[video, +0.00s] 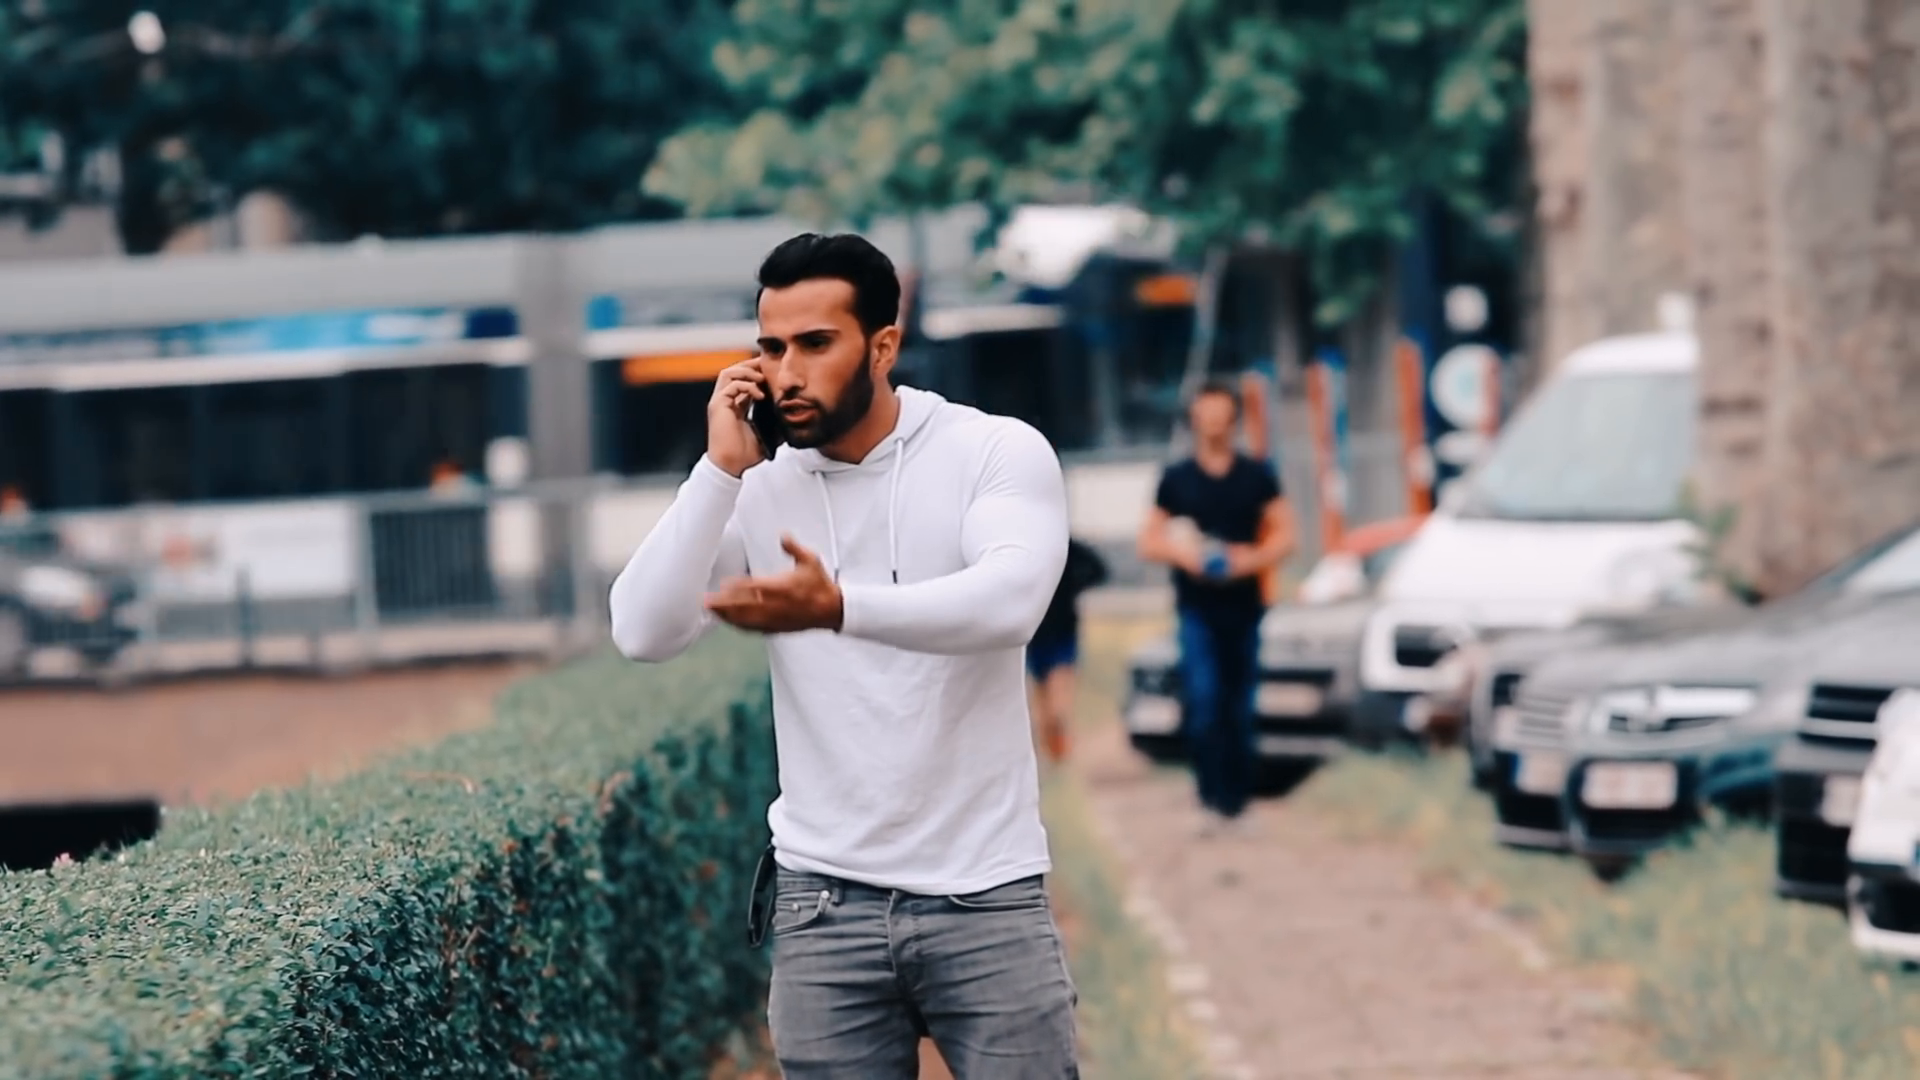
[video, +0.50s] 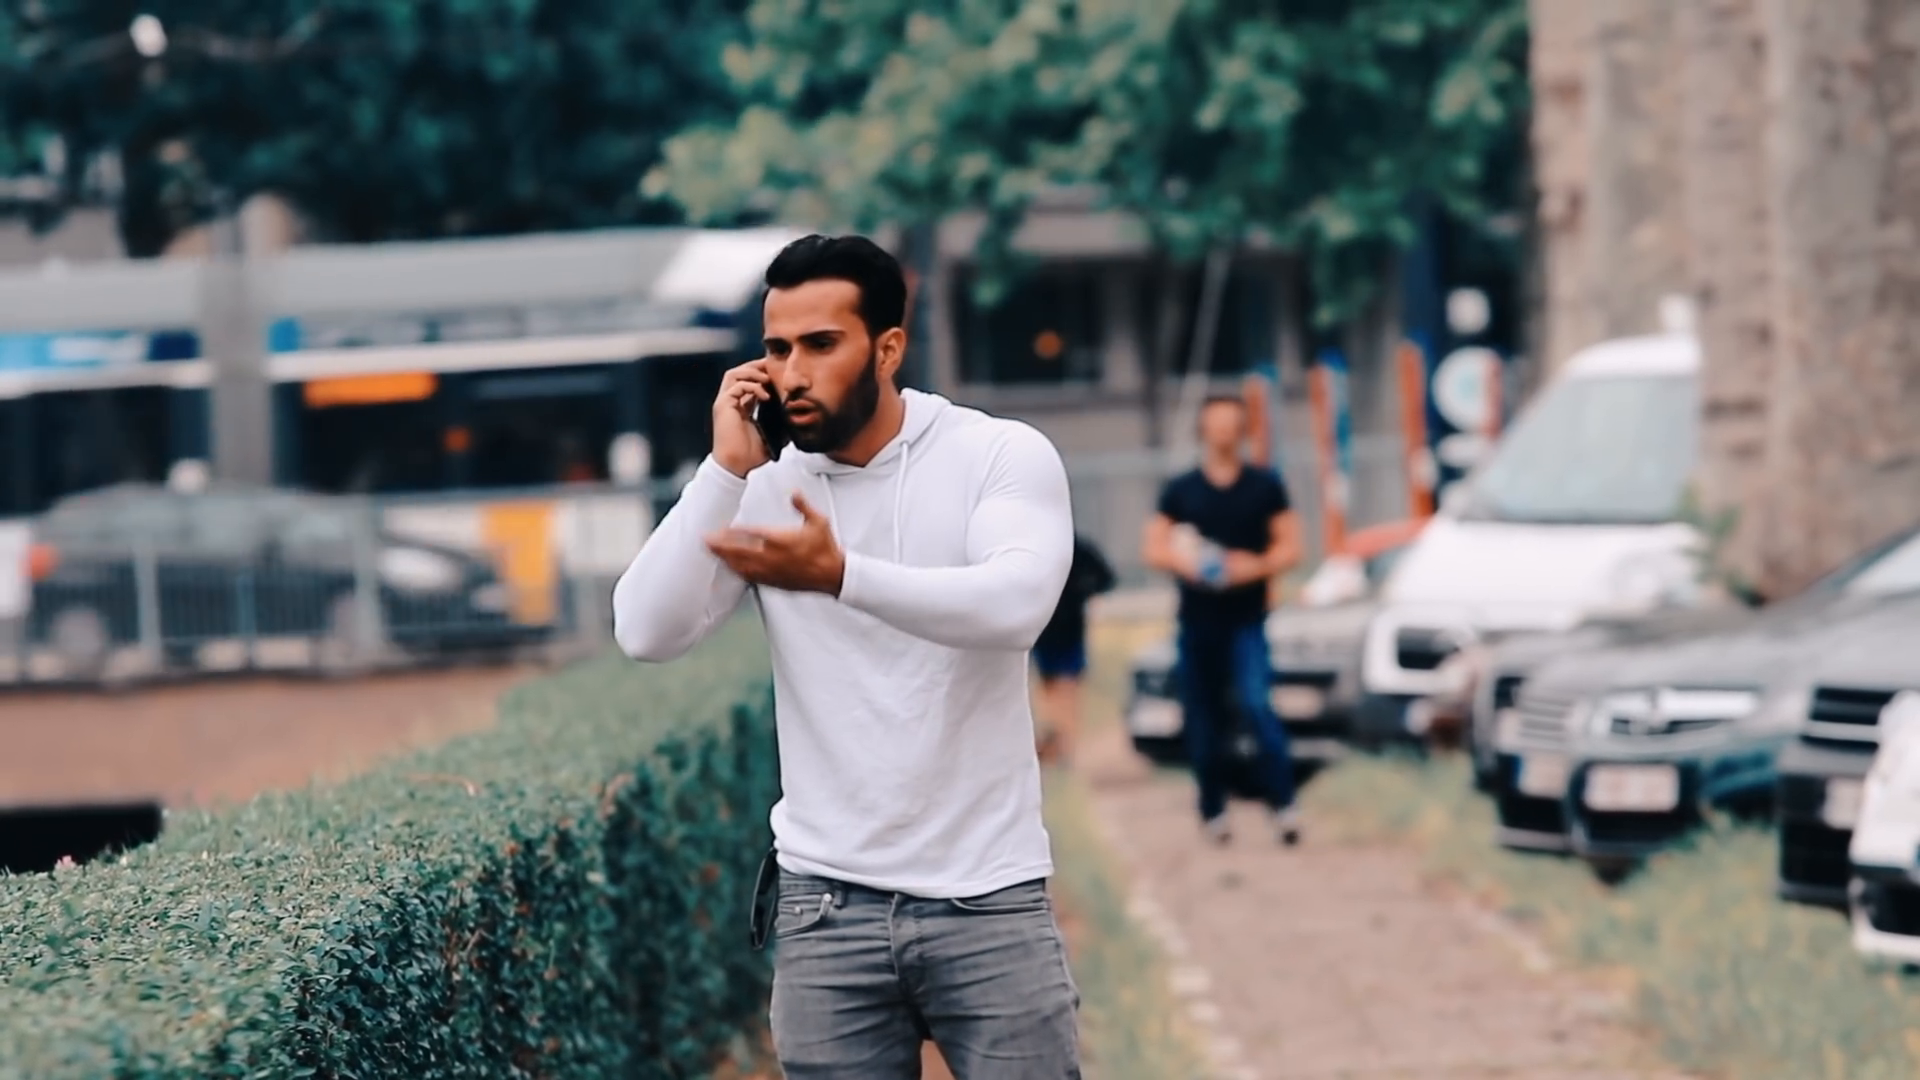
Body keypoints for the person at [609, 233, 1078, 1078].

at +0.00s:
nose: (784, 373)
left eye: (813, 344)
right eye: (770, 347)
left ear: (882, 347)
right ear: (755, 354)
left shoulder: (1001, 453)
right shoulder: (755, 490)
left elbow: (1007, 606)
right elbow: (643, 632)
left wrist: (838, 606)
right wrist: (720, 467)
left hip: (989, 898)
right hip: (821, 904)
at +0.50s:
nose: (790, 374)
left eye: (819, 345)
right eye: (778, 349)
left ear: (888, 347)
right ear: (763, 355)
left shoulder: (1006, 457)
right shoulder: (764, 487)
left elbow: (1014, 607)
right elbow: (645, 631)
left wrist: (838, 574)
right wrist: (723, 469)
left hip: (991, 897)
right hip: (822, 902)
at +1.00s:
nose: (786, 373)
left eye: (815, 344)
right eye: (774, 348)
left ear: (885, 347)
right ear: (759, 355)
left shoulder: (1004, 458)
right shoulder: (758, 491)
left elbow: (1009, 617)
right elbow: (643, 631)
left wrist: (854, 648)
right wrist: (723, 469)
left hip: (990, 900)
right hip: (821, 906)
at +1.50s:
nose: (784, 374)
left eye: (812, 343)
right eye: (770, 348)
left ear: (881, 346)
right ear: (755, 355)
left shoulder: (1000, 456)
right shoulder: (758, 482)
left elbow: (1004, 603)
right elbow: (640, 630)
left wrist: (827, 554)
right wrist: (716, 470)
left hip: (984, 897)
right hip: (816, 903)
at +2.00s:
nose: (782, 371)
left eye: (811, 342)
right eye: (769, 347)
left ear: (881, 345)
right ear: (755, 354)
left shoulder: (1000, 458)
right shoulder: (754, 490)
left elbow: (1003, 619)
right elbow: (641, 631)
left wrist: (856, 656)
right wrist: (720, 466)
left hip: (986, 900)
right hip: (817, 906)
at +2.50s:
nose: (792, 371)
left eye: (821, 341)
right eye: (779, 346)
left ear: (890, 344)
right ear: (764, 354)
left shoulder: (1009, 456)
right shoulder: (768, 483)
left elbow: (1011, 608)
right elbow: (648, 627)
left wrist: (836, 562)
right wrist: (725, 467)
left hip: (991, 896)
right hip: (823, 902)